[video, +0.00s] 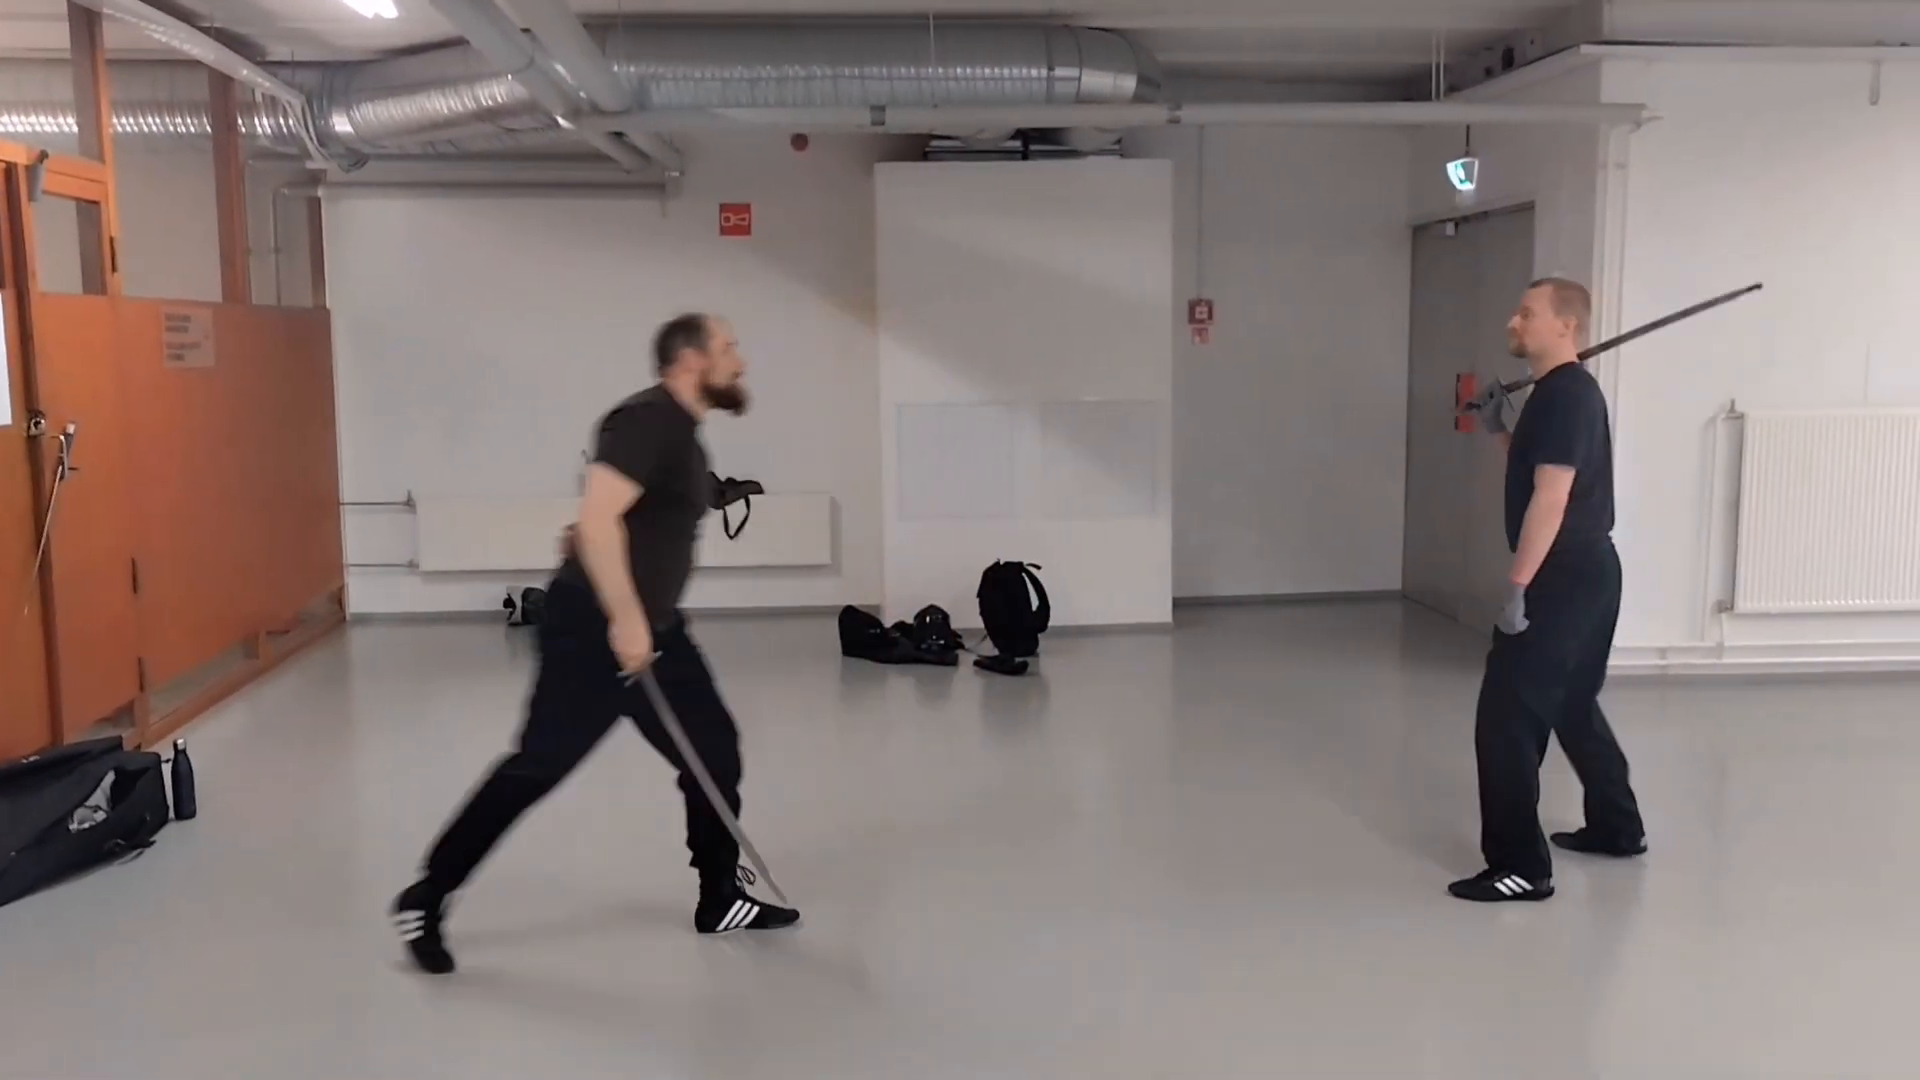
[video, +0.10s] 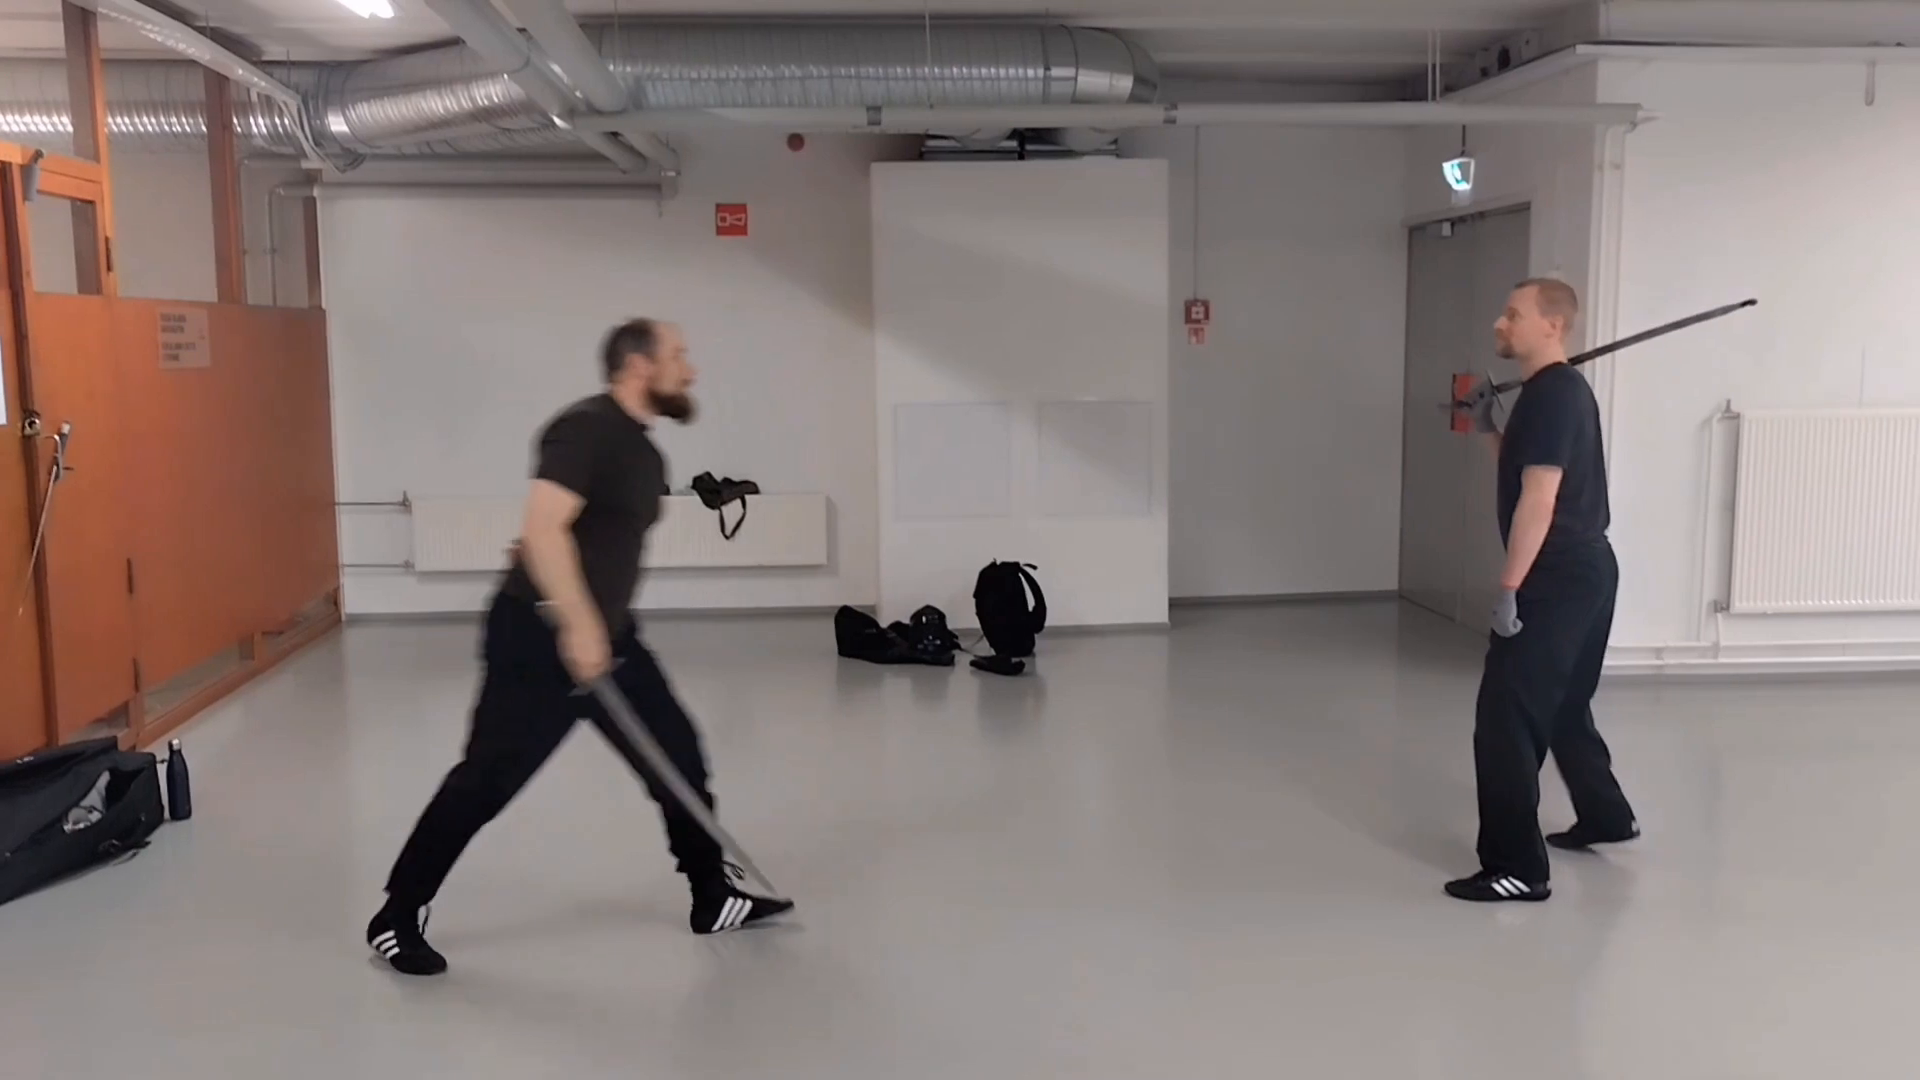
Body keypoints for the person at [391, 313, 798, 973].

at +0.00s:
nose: (740, 362)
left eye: (736, 349)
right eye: (728, 350)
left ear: (693, 362)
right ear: (689, 361)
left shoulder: (680, 431)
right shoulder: (646, 422)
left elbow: (637, 519)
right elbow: (595, 520)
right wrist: (626, 615)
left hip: (651, 629)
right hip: (594, 630)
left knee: (713, 752)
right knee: (537, 767)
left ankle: (720, 897)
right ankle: (424, 899)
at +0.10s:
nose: (690, 371)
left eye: (687, 358)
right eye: (679, 357)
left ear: (641, 369)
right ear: (635, 366)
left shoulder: (636, 446)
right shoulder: (587, 429)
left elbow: (599, 539)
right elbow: (541, 528)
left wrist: (605, 617)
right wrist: (579, 621)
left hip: (605, 633)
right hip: (540, 634)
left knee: (677, 756)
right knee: (487, 778)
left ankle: (713, 896)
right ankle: (396, 918)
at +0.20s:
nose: (647, 367)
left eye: (644, 354)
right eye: (635, 354)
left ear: (601, 367)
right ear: (592, 365)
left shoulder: (604, 453)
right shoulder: (530, 428)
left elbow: (561, 542)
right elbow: (478, 527)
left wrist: (552, 624)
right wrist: (501, 627)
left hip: (559, 634)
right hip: (490, 634)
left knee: (625, 760)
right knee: (453, 785)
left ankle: (694, 891)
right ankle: (388, 923)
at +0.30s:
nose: (614, 363)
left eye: (612, 351)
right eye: (603, 351)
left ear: (569, 364)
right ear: (559, 360)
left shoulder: (577, 450)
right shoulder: (485, 426)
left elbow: (542, 542)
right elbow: (419, 517)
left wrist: (531, 618)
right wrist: (421, 622)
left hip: (531, 640)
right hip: (460, 638)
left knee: (591, 748)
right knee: (430, 783)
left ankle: (638, 892)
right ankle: (384, 923)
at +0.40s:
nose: (593, 361)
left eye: (590, 348)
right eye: (582, 347)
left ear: (542, 356)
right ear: (537, 354)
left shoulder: (560, 444)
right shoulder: (453, 419)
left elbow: (546, 531)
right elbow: (382, 509)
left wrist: (470, 542)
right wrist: (350, 610)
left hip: (508, 627)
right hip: (429, 621)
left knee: (568, 743)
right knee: (419, 778)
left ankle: (568, 899)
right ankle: (380, 923)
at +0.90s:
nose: (551, 351)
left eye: (549, 338)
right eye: (541, 337)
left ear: (499, 347)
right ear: (497, 346)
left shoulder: (495, 417)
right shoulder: (446, 419)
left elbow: (477, 521)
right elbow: (429, 535)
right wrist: (423, 632)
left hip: (493, 620)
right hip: (431, 622)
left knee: (566, 723)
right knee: (417, 778)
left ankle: (570, 884)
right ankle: (371, 917)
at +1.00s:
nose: (557, 353)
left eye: (554, 340)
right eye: (546, 340)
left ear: (505, 347)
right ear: (505, 346)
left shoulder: (499, 418)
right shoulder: (463, 411)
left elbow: (476, 519)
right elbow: (493, 514)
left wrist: (417, 546)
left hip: (486, 619)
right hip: (433, 617)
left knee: (564, 739)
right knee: (420, 776)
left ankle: (619, 879)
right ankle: (368, 920)